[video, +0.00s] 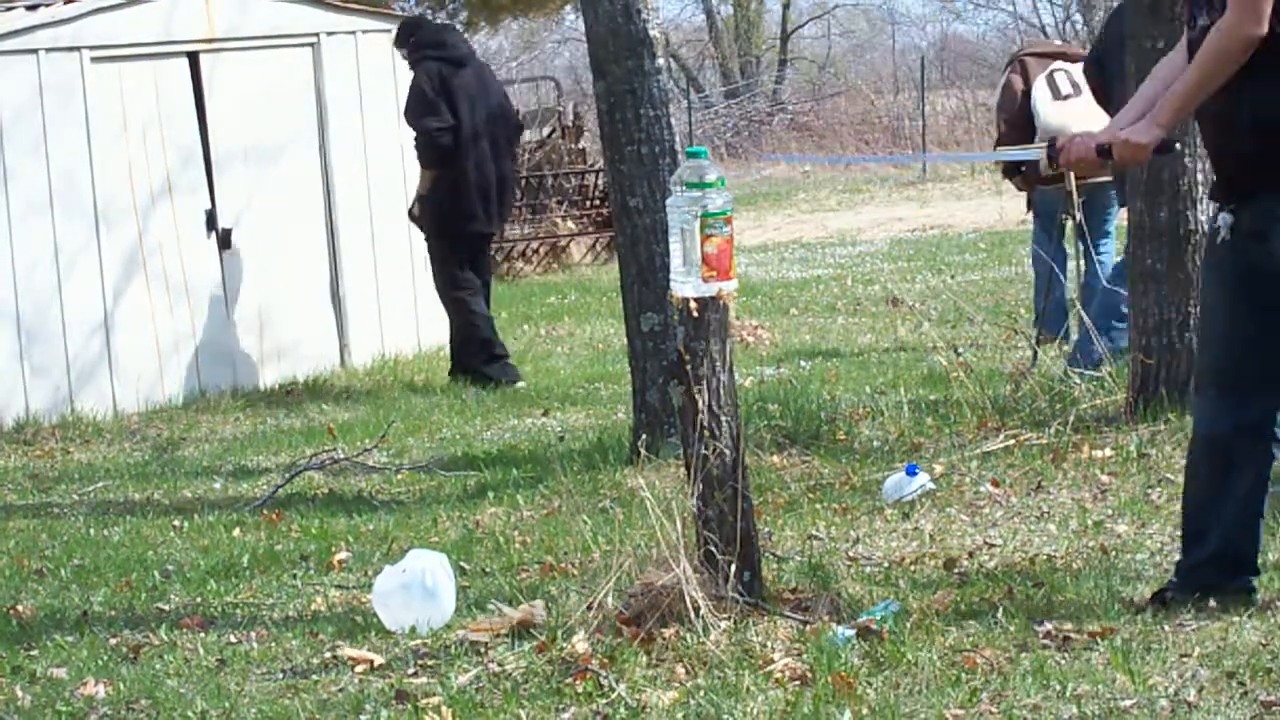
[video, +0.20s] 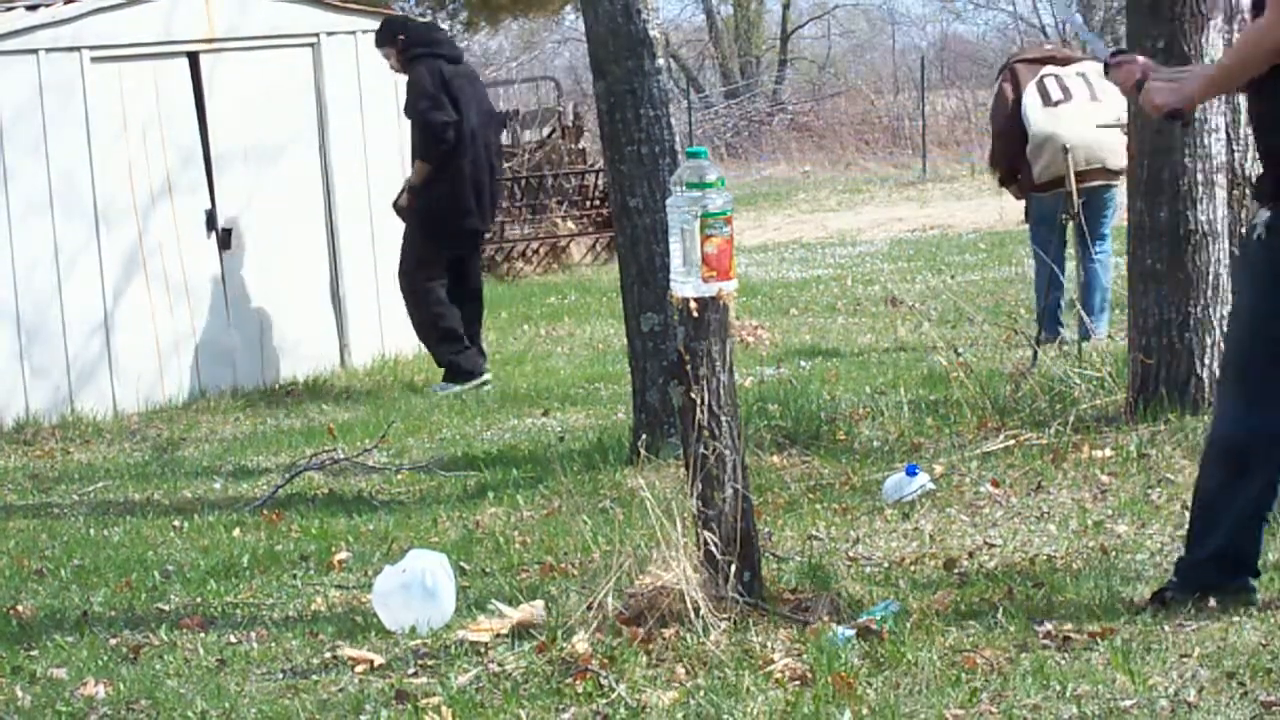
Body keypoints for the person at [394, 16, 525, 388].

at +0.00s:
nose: (405, 59)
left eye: (405, 52)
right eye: (403, 53)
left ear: (415, 45)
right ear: (438, 38)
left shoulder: (427, 72)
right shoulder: (479, 69)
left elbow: (435, 134)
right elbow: (510, 121)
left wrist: (422, 191)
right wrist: (499, 172)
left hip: (450, 194)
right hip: (488, 189)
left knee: (455, 283)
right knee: (475, 279)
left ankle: (496, 368)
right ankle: (466, 368)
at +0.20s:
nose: (390, 66)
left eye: (388, 56)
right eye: (386, 59)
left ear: (403, 44)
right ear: (417, 41)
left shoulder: (423, 70)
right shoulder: (462, 69)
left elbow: (436, 127)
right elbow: (494, 121)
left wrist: (413, 183)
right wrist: (472, 169)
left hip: (442, 196)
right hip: (475, 192)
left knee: (417, 277)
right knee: (463, 275)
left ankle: (462, 368)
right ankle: (470, 363)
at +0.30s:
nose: (381, 65)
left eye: (379, 56)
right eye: (376, 59)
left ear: (395, 43)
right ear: (400, 40)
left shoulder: (422, 69)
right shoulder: (451, 67)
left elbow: (439, 130)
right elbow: (479, 133)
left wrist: (408, 186)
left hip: (440, 200)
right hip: (472, 196)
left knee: (411, 283)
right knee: (458, 280)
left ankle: (431, 379)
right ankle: (469, 369)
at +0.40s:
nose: (372, 66)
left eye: (370, 57)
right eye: (367, 60)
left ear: (387, 43)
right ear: (389, 42)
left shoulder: (420, 69)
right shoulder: (436, 68)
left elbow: (440, 131)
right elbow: (463, 135)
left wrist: (406, 187)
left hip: (435, 201)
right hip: (460, 199)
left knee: (409, 288)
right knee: (454, 288)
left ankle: (398, 381)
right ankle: (470, 374)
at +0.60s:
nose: (349, 72)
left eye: (349, 64)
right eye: (345, 66)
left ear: (368, 50)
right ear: (366, 51)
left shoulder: (404, 77)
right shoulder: (398, 76)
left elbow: (429, 145)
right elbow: (422, 145)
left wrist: (395, 199)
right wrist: (394, 197)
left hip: (423, 213)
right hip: (424, 211)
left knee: (401, 299)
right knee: (441, 298)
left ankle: (378, 388)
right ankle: (469, 376)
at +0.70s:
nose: (335, 74)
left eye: (336, 65)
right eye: (331, 67)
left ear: (355, 53)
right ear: (355, 54)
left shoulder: (391, 78)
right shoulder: (379, 78)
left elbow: (418, 147)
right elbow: (403, 147)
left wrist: (383, 202)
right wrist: (377, 197)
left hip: (412, 214)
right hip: (406, 213)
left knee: (394, 302)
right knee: (428, 298)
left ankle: (378, 389)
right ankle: (467, 375)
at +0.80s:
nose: (323, 74)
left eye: (323, 65)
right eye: (318, 67)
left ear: (343, 52)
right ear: (341, 55)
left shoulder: (380, 79)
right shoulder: (364, 81)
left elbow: (408, 144)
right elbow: (381, 147)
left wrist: (373, 202)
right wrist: (364, 198)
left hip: (398, 213)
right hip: (386, 212)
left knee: (389, 299)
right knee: (408, 295)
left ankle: (379, 388)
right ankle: (459, 369)